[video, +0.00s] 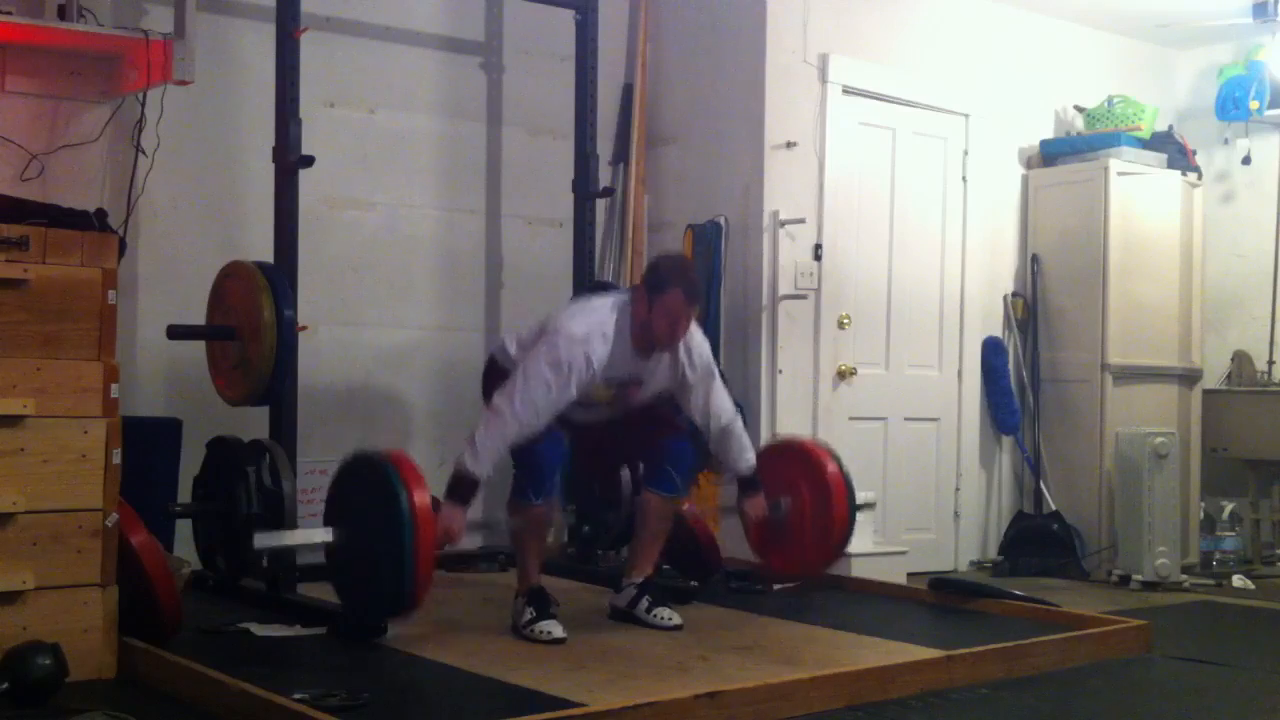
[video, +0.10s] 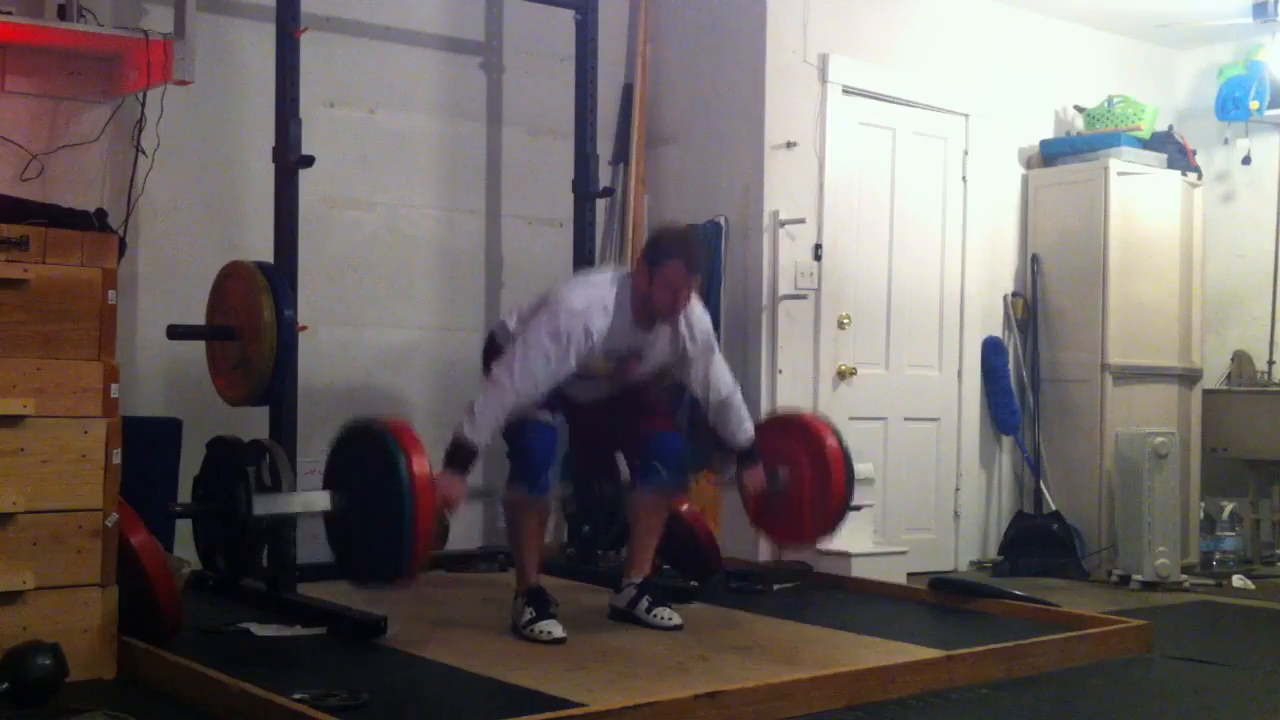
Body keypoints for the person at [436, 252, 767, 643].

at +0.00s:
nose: (679, 332)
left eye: (686, 321)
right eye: (670, 318)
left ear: (694, 314)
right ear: (642, 303)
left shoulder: (687, 343)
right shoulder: (582, 335)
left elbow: (719, 413)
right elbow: (512, 409)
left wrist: (751, 484)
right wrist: (459, 496)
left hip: (608, 399)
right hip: (531, 389)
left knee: (675, 452)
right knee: (543, 454)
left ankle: (634, 588)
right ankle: (529, 596)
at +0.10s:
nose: (678, 303)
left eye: (687, 293)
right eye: (670, 290)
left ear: (694, 287)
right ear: (642, 276)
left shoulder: (689, 319)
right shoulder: (582, 306)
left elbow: (718, 386)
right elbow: (514, 375)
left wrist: (749, 456)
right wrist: (457, 462)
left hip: (608, 378)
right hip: (531, 366)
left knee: (664, 448)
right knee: (538, 444)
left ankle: (633, 589)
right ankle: (529, 596)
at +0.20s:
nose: (681, 233)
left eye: (688, 221)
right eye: (672, 219)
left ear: (694, 221)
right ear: (645, 215)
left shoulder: (690, 263)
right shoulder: (583, 256)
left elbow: (714, 329)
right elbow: (512, 320)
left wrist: (743, 398)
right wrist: (457, 394)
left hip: (612, 359)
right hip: (538, 354)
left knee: (640, 446)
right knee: (542, 441)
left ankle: (631, 589)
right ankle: (529, 595)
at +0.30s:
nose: (661, 173)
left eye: (671, 162)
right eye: (651, 160)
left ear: (683, 171)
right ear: (628, 166)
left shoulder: (684, 228)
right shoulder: (581, 217)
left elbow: (711, 300)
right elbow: (508, 285)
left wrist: (741, 370)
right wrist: (454, 364)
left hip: (619, 352)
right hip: (543, 346)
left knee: (649, 450)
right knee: (557, 446)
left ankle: (631, 590)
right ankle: (533, 595)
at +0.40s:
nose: (625, 104)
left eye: (627, 94)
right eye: (610, 94)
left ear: (634, 106)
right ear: (583, 109)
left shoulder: (654, 178)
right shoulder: (549, 173)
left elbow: (702, 243)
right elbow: (495, 232)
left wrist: (748, 304)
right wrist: (465, 296)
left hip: (627, 337)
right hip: (552, 336)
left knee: (657, 451)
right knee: (570, 447)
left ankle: (631, 591)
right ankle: (535, 595)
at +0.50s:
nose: (589, 63)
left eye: (592, 58)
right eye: (575, 59)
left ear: (606, 81)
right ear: (553, 82)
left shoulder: (641, 143)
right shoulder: (536, 135)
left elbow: (697, 203)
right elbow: (482, 194)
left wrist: (754, 250)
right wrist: (474, 234)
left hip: (632, 308)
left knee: (650, 440)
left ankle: (641, 582)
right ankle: (534, 589)